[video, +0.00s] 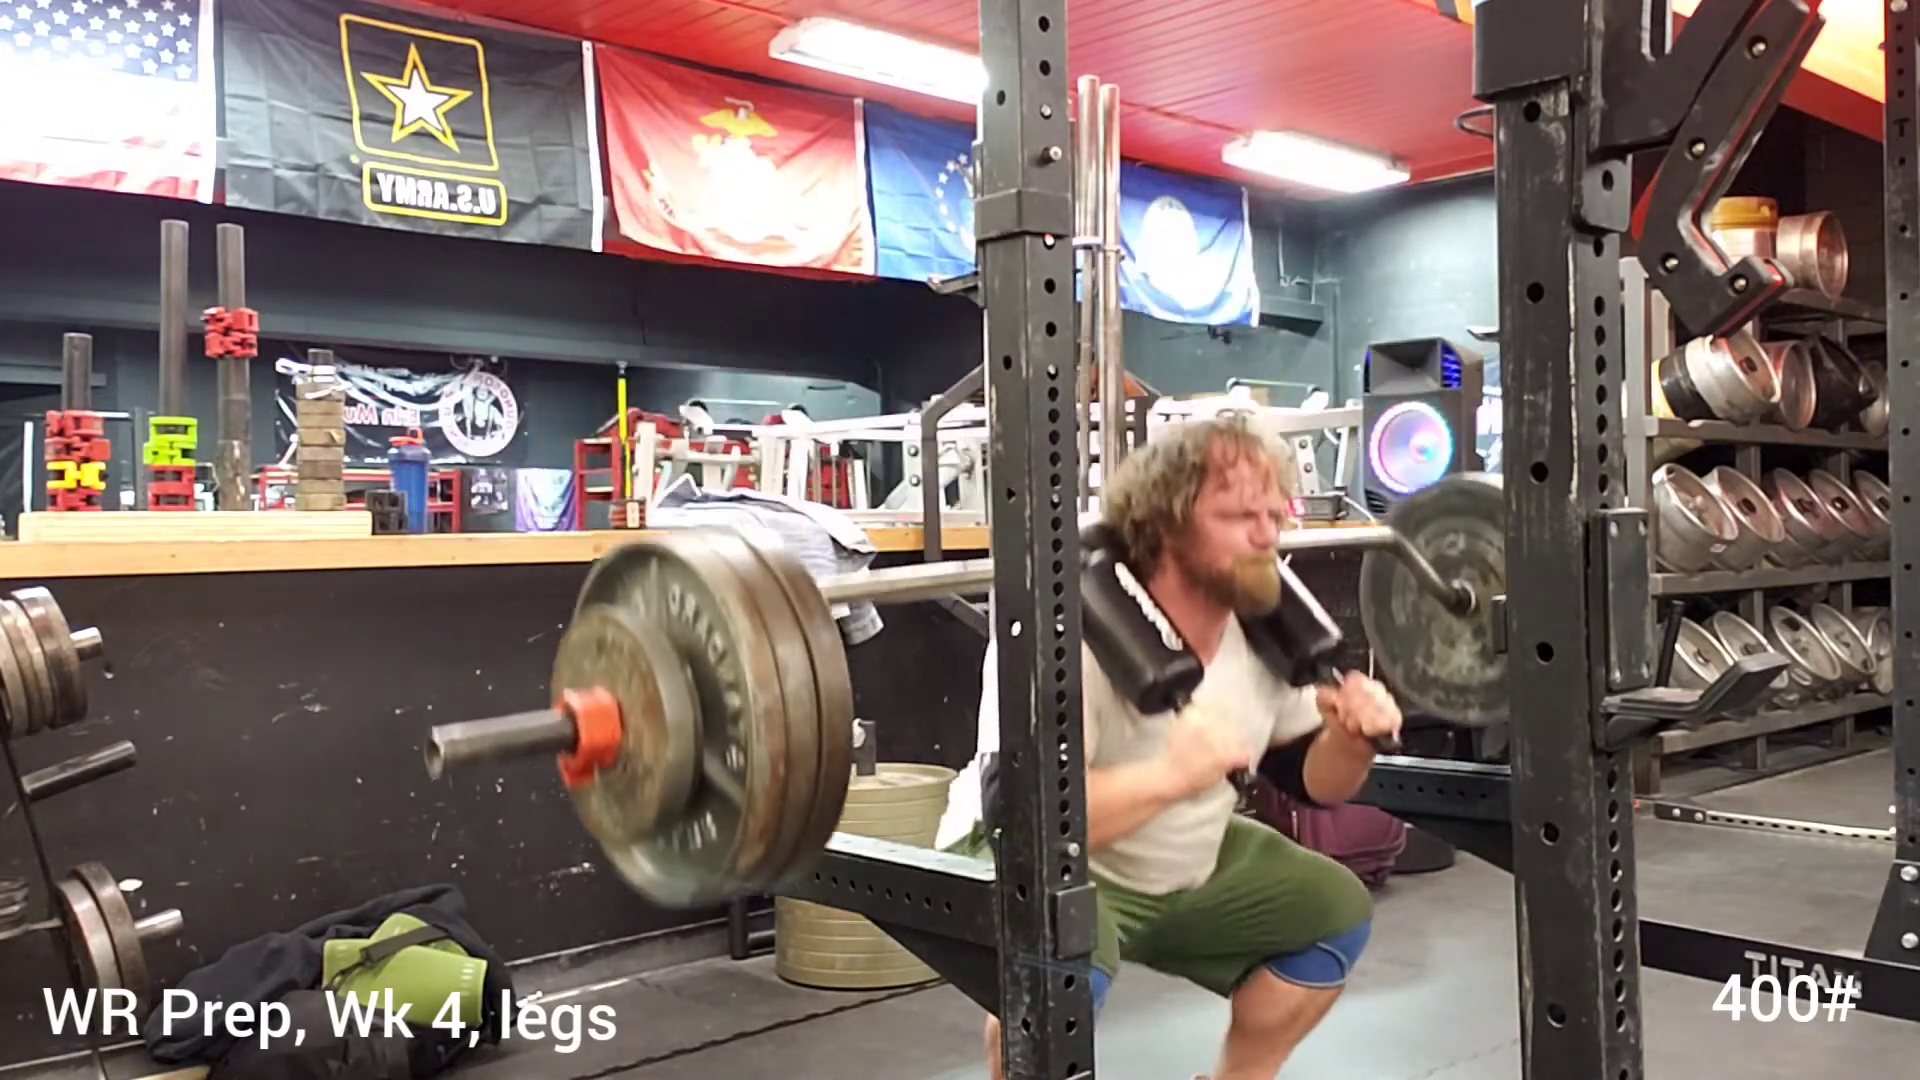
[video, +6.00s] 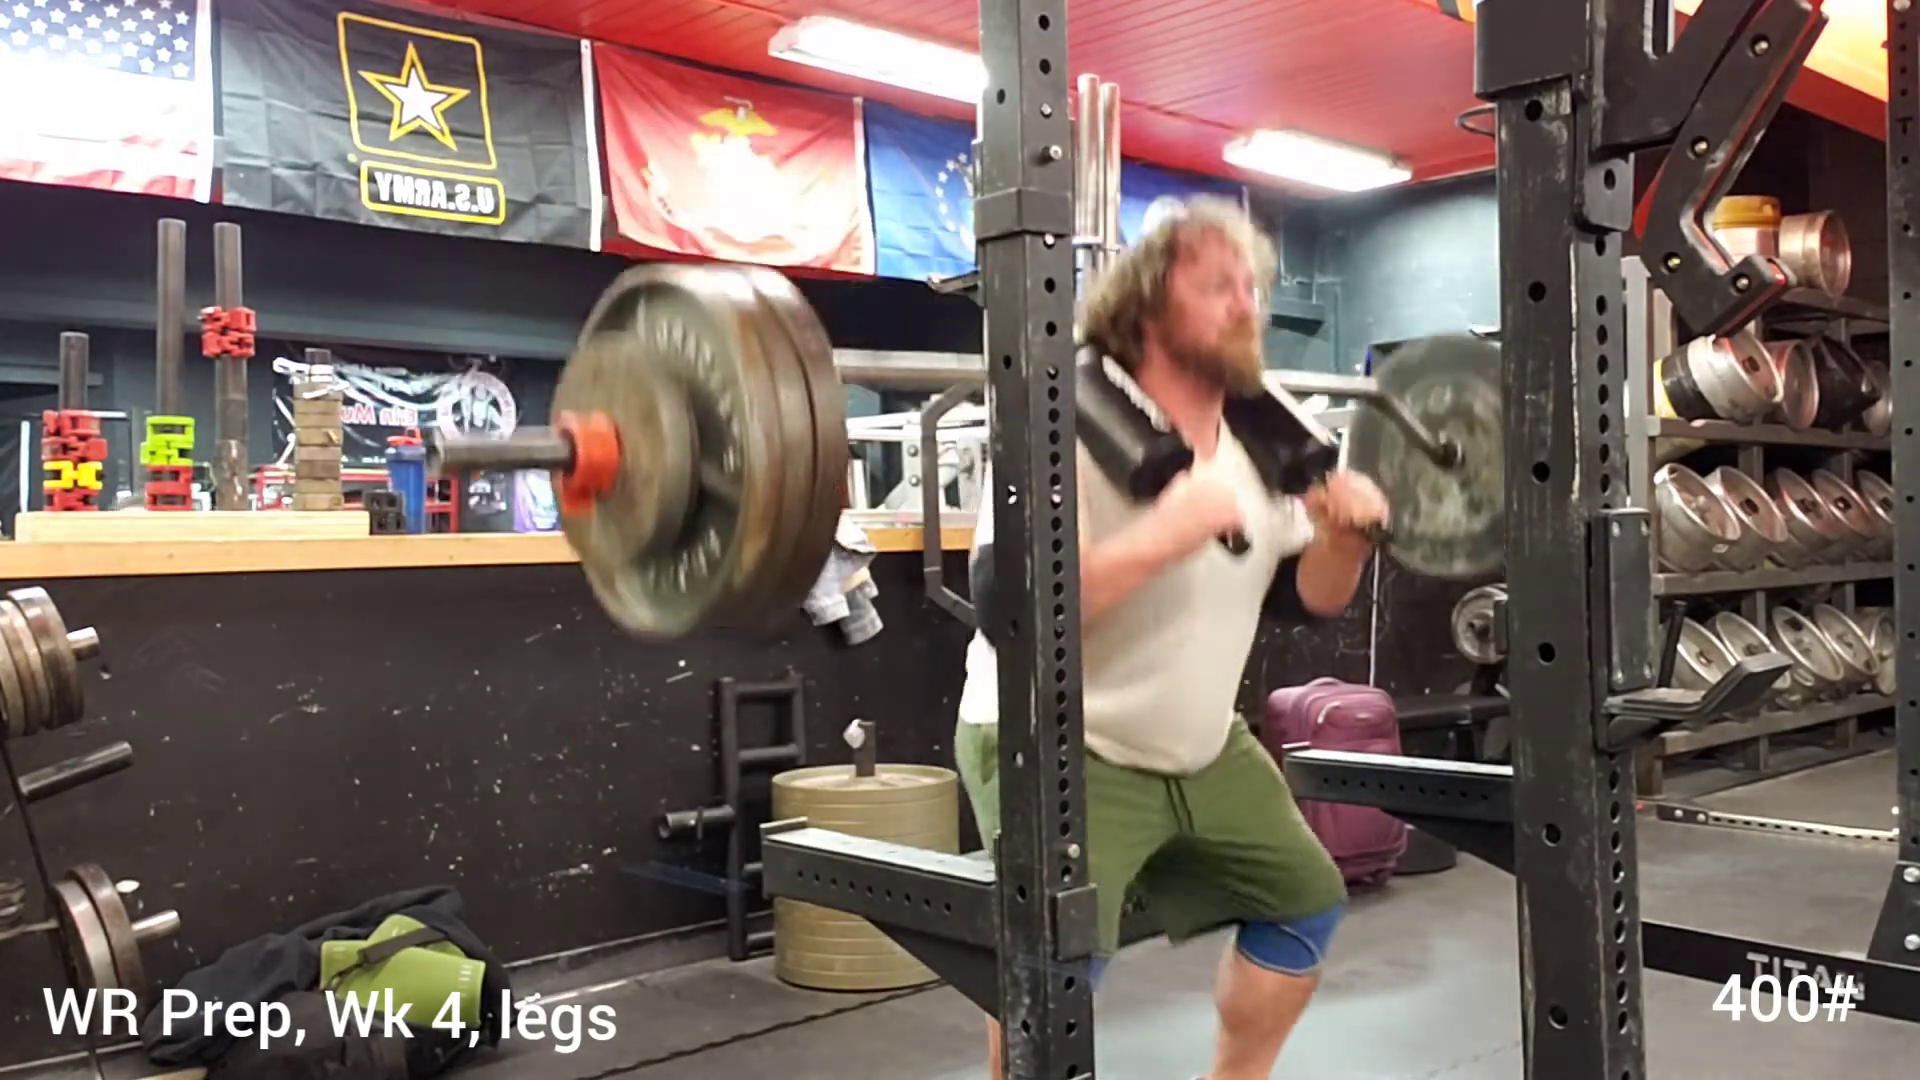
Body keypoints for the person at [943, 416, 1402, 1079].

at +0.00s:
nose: (1265, 535)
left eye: (1271, 516)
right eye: (1239, 518)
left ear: (1282, 512)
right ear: (1166, 524)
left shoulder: (1267, 614)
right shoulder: (1069, 627)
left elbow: (1321, 784)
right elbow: (1030, 815)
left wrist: (1353, 733)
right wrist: (1170, 777)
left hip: (1198, 853)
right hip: (1069, 868)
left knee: (1334, 912)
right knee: (1068, 971)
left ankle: (1238, 1075)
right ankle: (1018, 1072)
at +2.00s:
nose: (1243, 204)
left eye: (1248, 184)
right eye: (1217, 183)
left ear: (1251, 195)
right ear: (1147, 194)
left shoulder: (1246, 328)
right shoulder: (1052, 302)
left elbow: (1284, 485)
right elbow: (983, 477)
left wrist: (1331, 424)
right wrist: (1135, 415)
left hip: (1223, 684)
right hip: (1089, 681)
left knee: (1207, 925)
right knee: (1042, 939)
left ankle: (1219, 1073)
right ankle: (1024, 1072)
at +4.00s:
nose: (1269, 478)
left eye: (1274, 458)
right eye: (1243, 458)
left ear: (1284, 461)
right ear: (1171, 467)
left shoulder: (1271, 558)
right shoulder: (1078, 564)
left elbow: (1329, 729)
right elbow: (1032, 756)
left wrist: (1355, 676)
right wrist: (1174, 702)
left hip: (1183, 807)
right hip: (1045, 819)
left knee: (1321, 908)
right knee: (1076, 958)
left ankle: (1241, 1073)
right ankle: (1014, 1068)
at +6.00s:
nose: (1244, 303)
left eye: (1251, 285)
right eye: (1218, 284)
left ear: (1259, 301)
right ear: (1153, 302)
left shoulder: (1267, 424)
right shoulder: (1069, 416)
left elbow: (1321, 596)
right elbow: (1028, 601)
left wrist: (1345, 530)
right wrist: (1163, 534)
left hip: (1204, 740)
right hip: (1066, 744)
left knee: (1303, 901)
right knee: (1057, 965)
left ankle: (1237, 1074)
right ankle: (1016, 1072)